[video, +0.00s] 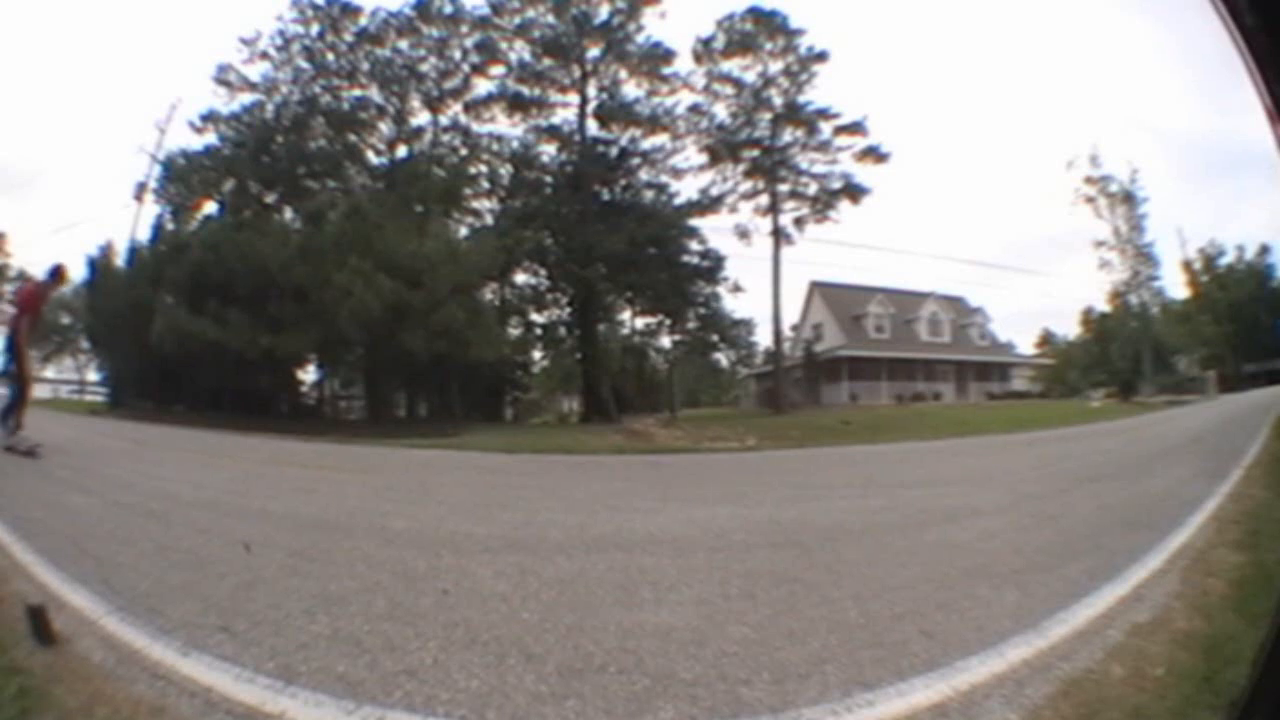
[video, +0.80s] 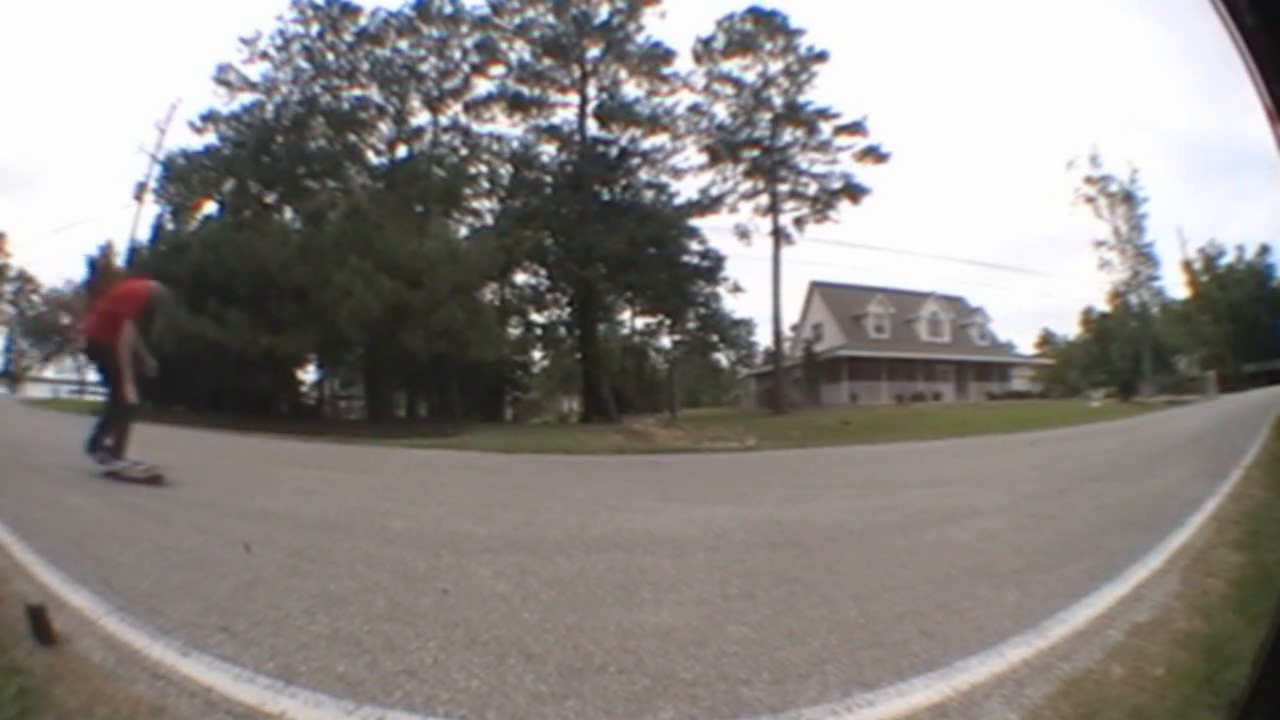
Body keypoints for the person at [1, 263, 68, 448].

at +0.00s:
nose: (58, 287)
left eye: (60, 284)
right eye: (59, 283)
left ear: (52, 276)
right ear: (55, 279)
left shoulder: (34, 289)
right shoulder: (37, 292)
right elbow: (22, 328)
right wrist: (23, 367)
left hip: (18, 338)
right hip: (16, 339)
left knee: (21, 386)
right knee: (20, 387)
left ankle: (11, 430)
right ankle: (9, 431)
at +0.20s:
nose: (84, 281)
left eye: (86, 278)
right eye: (85, 277)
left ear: (77, 268)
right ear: (82, 273)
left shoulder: (59, 283)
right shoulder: (59, 285)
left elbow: (42, 315)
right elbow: (42, 319)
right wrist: (44, 355)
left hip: (34, 332)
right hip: (33, 333)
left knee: (42, 380)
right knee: (42, 381)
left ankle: (29, 426)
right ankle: (29, 428)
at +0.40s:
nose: (111, 275)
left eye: (113, 270)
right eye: (112, 269)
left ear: (100, 262)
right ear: (107, 266)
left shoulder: (85, 279)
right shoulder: (87, 279)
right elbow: (64, 315)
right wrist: (69, 358)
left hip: (53, 328)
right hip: (51, 329)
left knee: (64, 383)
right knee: (65, 383)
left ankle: (54, 439)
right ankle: (55, 442)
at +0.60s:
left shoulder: (100, 277)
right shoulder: (110, 277)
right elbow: (94, 318)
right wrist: (100, 359)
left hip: (71, 328)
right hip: (78, 329)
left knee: (91, 380)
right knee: (93, 380)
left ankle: (75, 431)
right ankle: (84, 437)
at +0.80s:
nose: (159, 305)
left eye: (162, 302)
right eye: (161, 301)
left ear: (159, 291)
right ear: (159, 294)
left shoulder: (141, 291)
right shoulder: (139, 293)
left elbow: (130, 333)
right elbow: (124, 340)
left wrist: (146, 359)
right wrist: (128, 385)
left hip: (109, 340)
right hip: (101, 341)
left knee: (122, 395)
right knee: (122, 397)